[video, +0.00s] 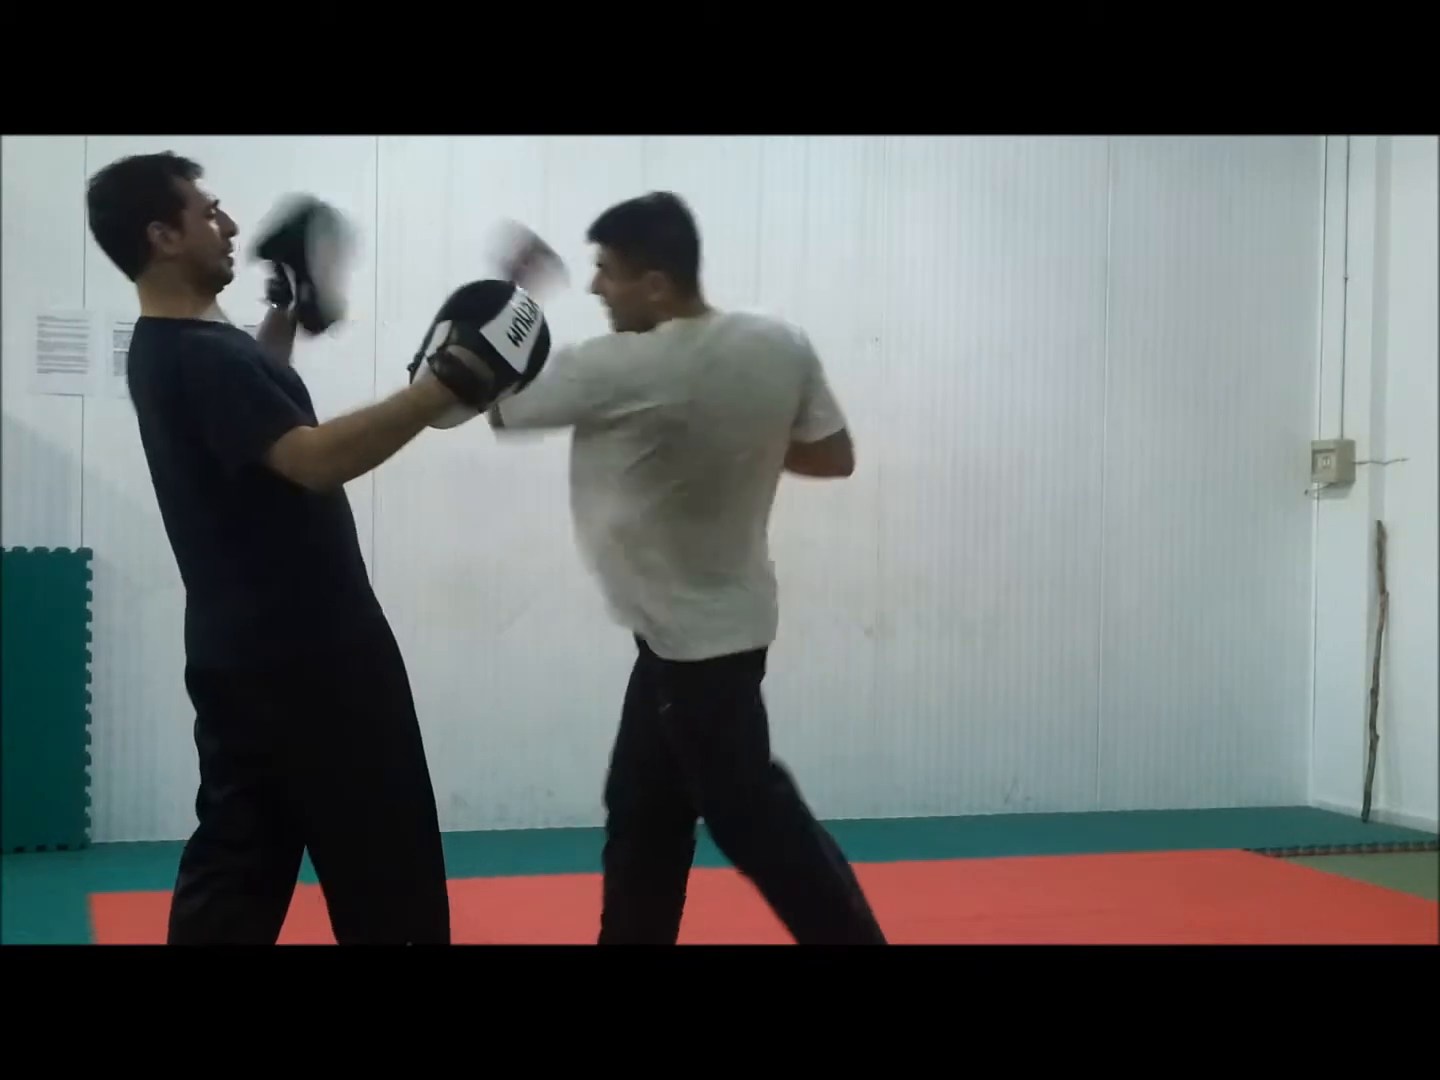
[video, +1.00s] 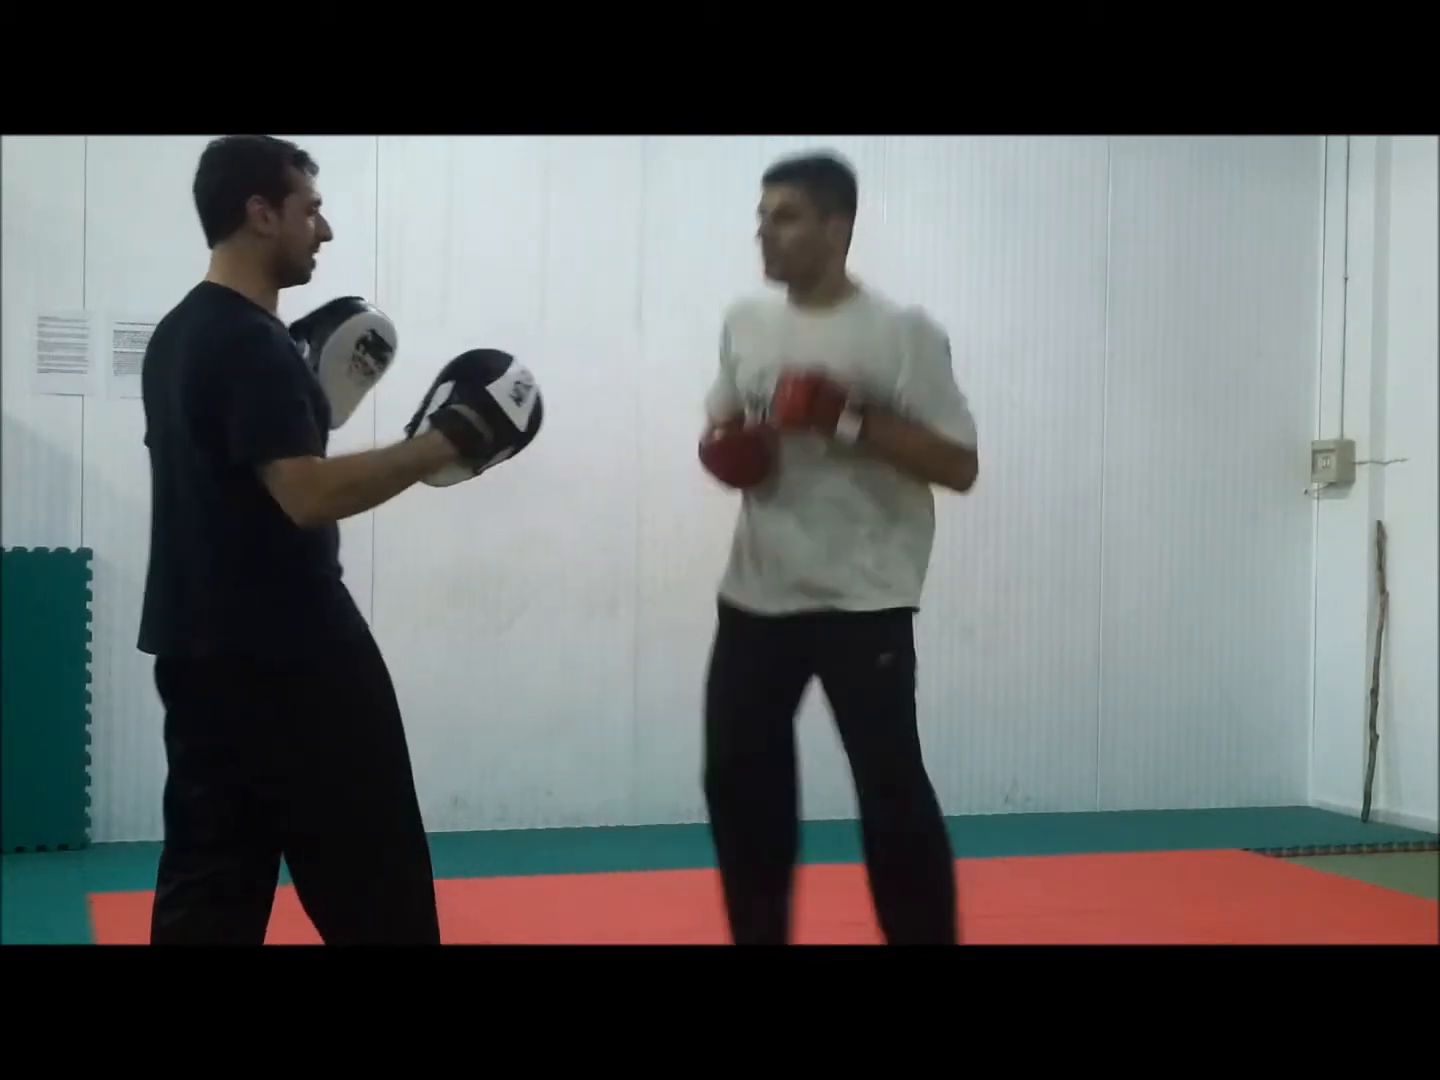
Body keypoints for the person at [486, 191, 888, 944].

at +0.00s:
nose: (596, 284)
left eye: (608, 270)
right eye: (599, 268)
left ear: (656, 280)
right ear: (668, 277)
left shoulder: (616, 366)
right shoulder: (778, 347)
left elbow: (491, 400)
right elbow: (834, 456)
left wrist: (510, 294)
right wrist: (735, 438)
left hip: (690, 638)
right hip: (729, 624)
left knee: (752, 818)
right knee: (643, 817)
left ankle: (851, 939)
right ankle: (632, 943)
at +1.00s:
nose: (765, 231)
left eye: (784, 218)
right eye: (763, 217)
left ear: (838, 226)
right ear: (766, 226)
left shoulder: (906, 335)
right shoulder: (748, 324)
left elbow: (960, 467)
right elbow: (723, 428)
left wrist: (852, 417)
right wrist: (730, 453)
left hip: (866, 605)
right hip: (759, 602)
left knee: (892, 794)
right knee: (740, 791)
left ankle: (924, 939)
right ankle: (758, 939)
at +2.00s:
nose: (509, 335)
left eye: (520, 314)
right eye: (502, 322)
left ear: (573, 301)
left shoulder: (666, 362)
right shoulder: (572, 416)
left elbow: (699, 497)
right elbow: (619, 544)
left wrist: (591, 433)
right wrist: (562, 555)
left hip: (741, 632)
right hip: (642, 659)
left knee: (819, 826)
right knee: (596, 843)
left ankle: (885, 942)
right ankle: (584, 946)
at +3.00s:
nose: (723, 307)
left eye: (737, 289)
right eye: (721, 292)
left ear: (791, 287)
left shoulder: (862, 377)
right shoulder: (772, 398)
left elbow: (841, 528)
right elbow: (760, 532)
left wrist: (768, 432)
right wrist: (710, 452)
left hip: (867, 660)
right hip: (776, 658)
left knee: (904, 855)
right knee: (690, 829)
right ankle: (656, 947)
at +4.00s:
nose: (568, 322)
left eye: (578, 300)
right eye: (562, 308)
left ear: (631, 290)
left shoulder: (720, 371)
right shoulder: (631, 404)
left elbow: (745, 501)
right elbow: (670, 530)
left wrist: (635, 434)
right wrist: (601, 551)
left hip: (765, 651)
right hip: (669, 661)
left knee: (835, 839)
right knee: (618, 844)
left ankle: (898, 944)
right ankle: (599, 942)